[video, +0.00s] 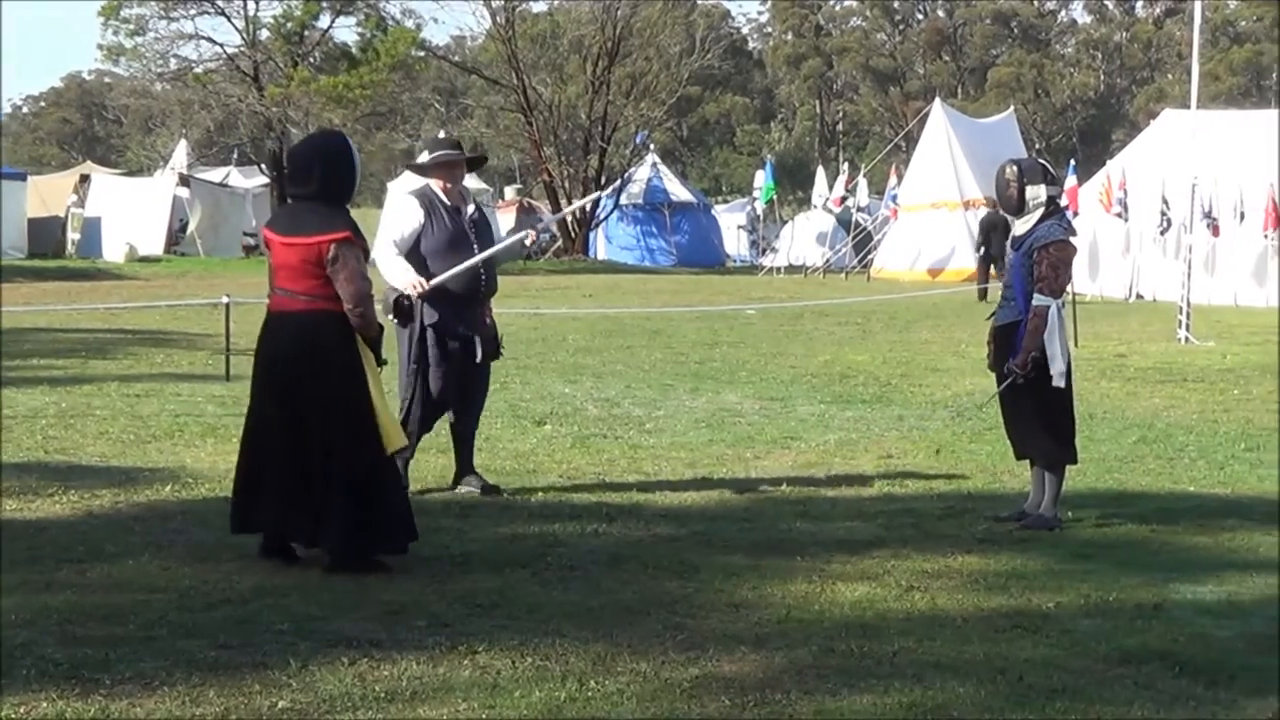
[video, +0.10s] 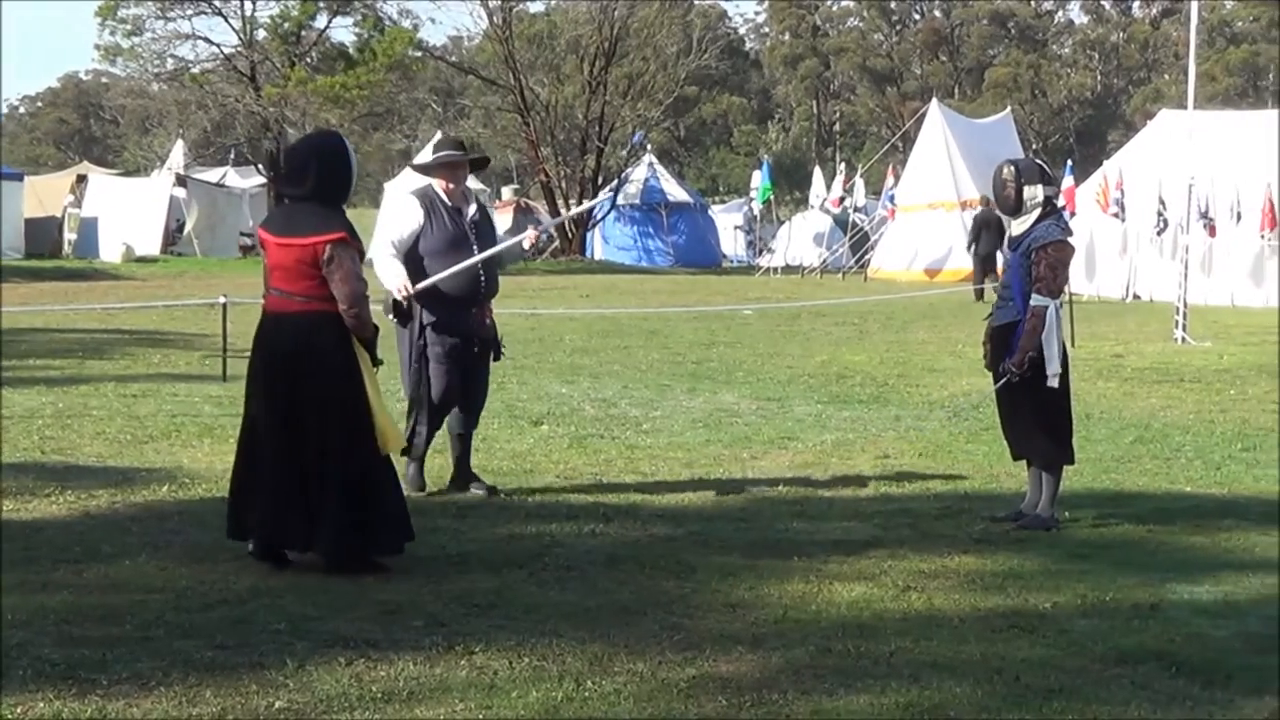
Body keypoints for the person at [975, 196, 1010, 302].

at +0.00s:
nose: (985, 207)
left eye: (986, 205)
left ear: (987, 206)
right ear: (996, 205)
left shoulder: (984, 219)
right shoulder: (1003, 218)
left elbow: (982, 236)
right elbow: (1008, 232)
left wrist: (977, 248)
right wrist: (1003, 240)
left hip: (987, 249)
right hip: (1000, 249)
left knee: (983, 271)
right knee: (1002, 272)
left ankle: (982, 295)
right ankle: (1008, 292)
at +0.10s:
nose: (980, 204)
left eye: (980, 202)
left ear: (981, 204)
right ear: (989, 203)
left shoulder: (978, 217)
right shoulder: (997, 217)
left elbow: (974, 233)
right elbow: (1002, 232)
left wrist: (969, 244)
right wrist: (1000, 244)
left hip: (981, 249)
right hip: (992, 248)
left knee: (979, 272)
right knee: (992, 270)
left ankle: (979, 295)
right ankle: (997, 287)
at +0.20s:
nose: (973, 204)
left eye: (973, 202)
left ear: (973, 203)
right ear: (982, 202)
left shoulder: (971, 215)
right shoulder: (989, 216)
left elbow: (964, 228)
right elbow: (996, 232)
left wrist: (958, 239)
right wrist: (999, 246)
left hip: (973, 247)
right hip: (984, 247)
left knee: (975, 269)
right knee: (983, 269)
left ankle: (976, 294)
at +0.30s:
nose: (967, 205)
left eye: (968, 203)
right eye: (968, 203)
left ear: (969, 204)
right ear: (978, 203)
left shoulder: (967, 215)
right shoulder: (985, 217)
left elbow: (959, 227)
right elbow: (993, 232)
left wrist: (953, 236)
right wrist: (998, 247)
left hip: (970, 247)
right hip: (981, 247)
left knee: (973, 269)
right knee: (978, 270)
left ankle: (974, 293)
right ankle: (977, 293)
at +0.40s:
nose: (964, 208)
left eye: (964, 206)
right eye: (966, 205)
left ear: (964, 206)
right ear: (973, 206)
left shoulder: (961, 218)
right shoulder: (981, 219)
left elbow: (953, 229)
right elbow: (989, 234)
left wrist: (946, 237)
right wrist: (996, 246)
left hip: (965, 248)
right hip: (975, 248)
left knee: (968, 270)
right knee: (972, 270)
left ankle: (973, 291)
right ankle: (965, 290)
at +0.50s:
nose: (960, 208)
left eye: (961, 206)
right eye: (961, 206)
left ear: (962, 206)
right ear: (971, 206)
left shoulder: (960, 218)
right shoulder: (977, 220)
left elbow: (951, 230)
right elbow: (985, 234)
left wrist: (944, 239)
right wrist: (991, 246)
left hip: (962, 248)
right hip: (973, 248)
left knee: (962, 269)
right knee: (970, 269)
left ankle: (970, 288)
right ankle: (965, 290)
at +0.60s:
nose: (957, 205)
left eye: (958, 203)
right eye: (958, 203)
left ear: (961, 204)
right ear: (968, 204)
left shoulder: (957, 216)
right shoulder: (974, 217)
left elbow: (950, 229)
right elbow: (979, 233)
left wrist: (944, 240)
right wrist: (982, 245)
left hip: (959, 247)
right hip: (970, 247)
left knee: (955, 268)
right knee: (968, 269)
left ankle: (963, 286)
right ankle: (968, 289)